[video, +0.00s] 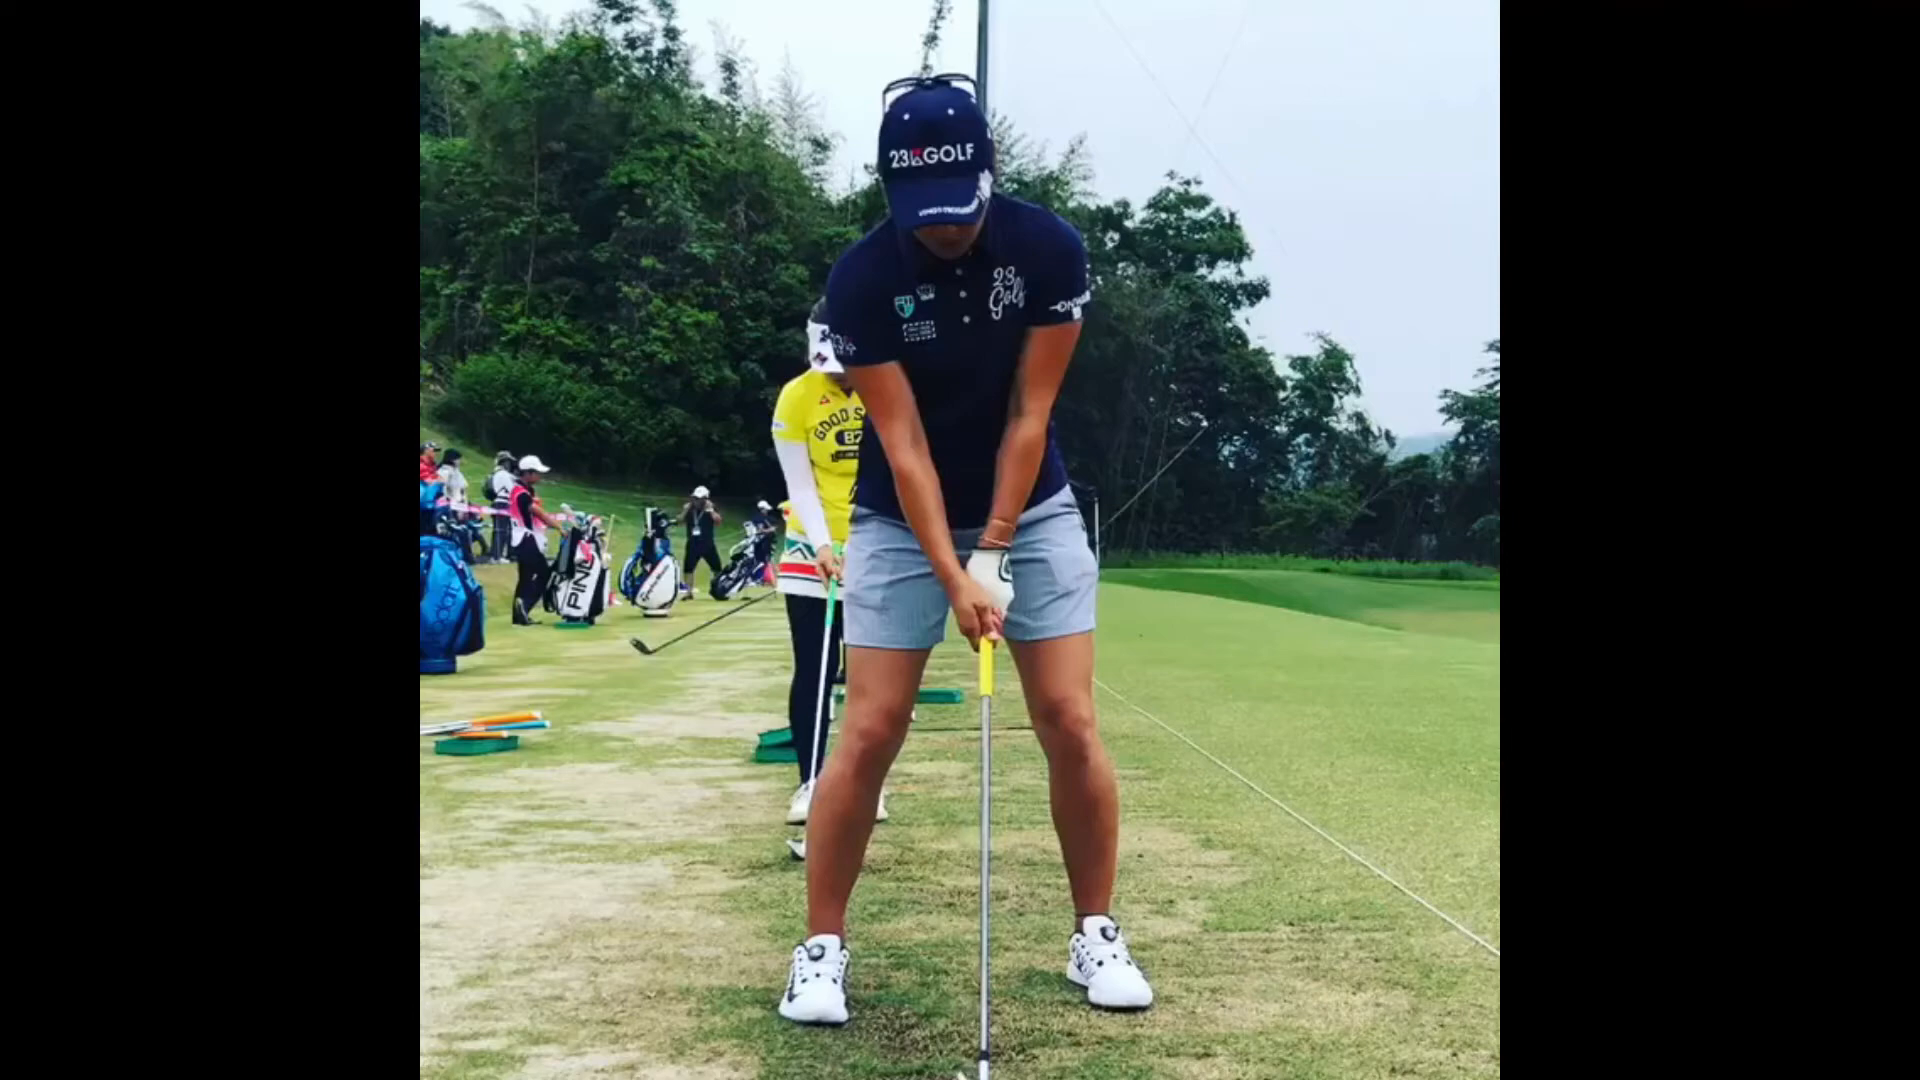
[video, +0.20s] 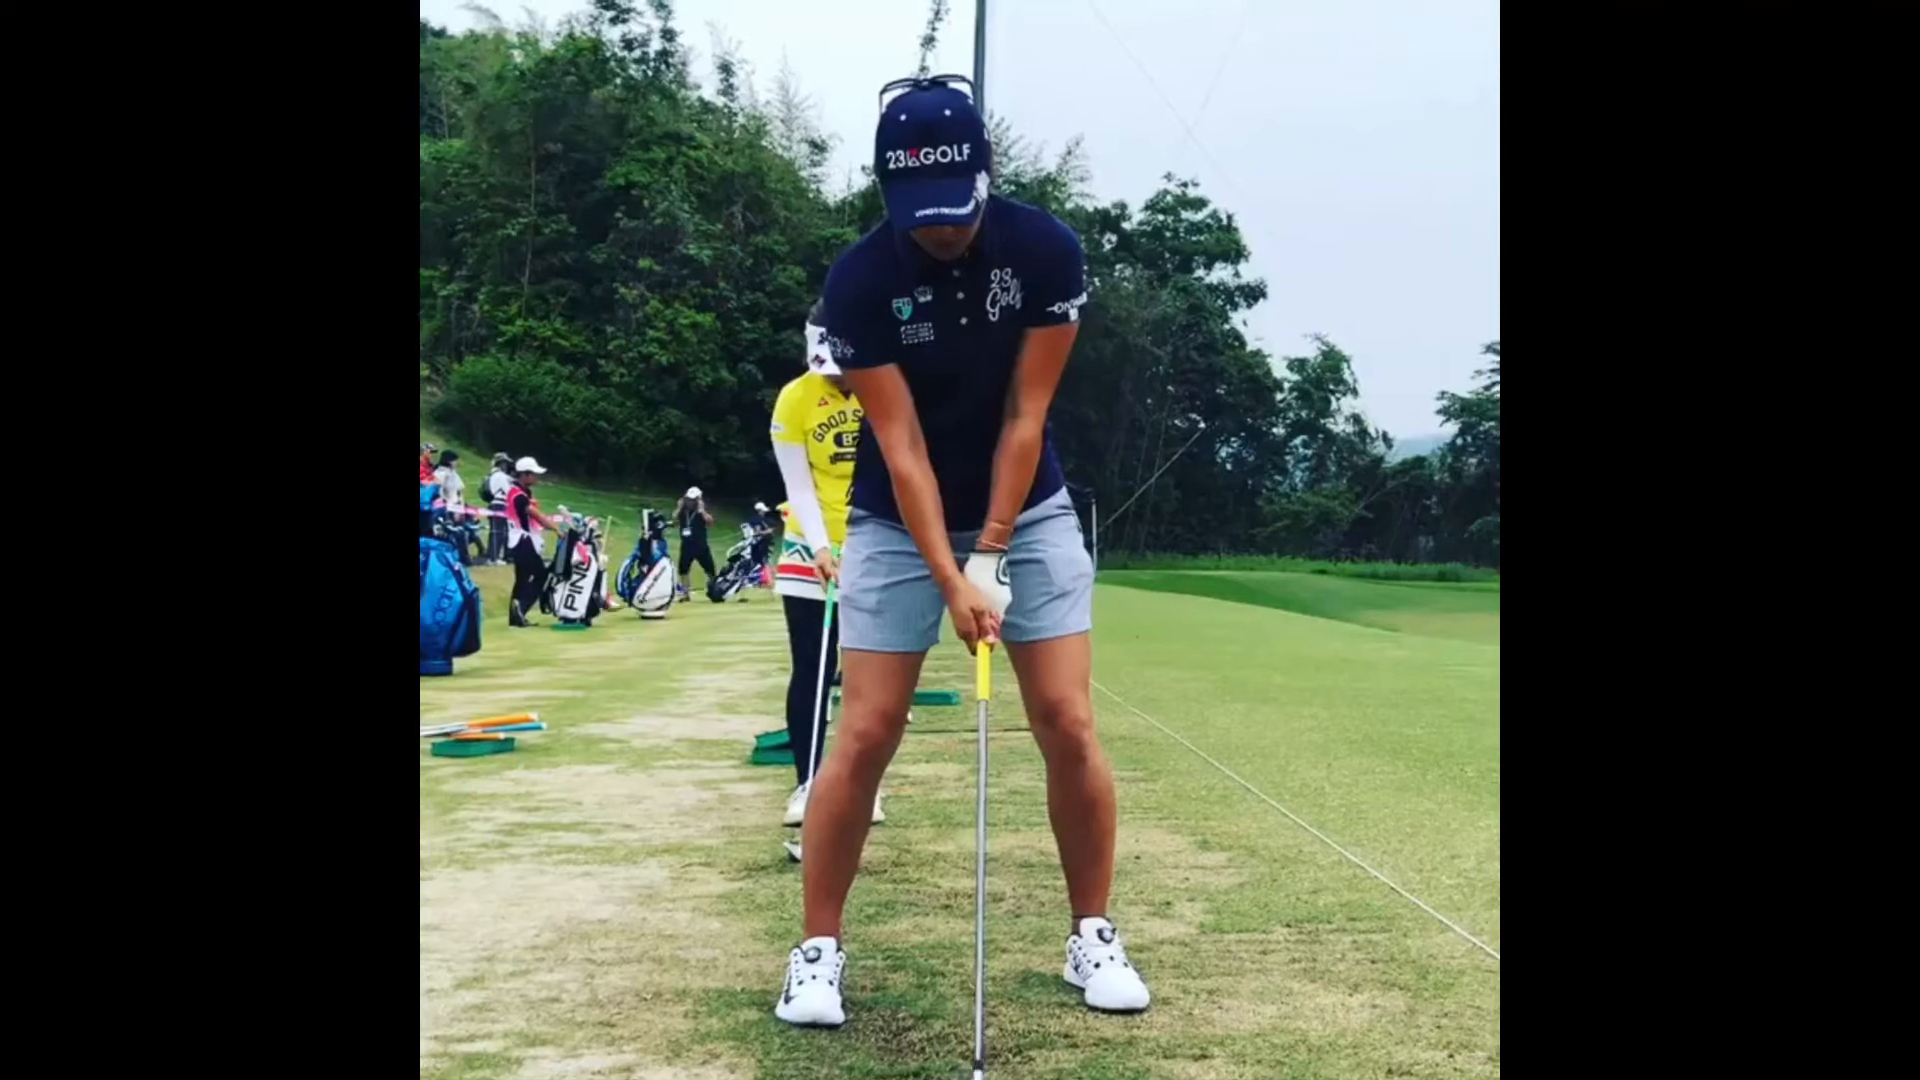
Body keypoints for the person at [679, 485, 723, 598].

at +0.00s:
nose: (698, 501)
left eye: (701, 499)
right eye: (696, 498)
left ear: (705, 499)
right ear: (693, 498)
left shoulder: (709, 509)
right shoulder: (689, 508)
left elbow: (718, 520)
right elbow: (680, 520)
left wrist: (711, 512)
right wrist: (686, 510)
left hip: (707, 543)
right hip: (692, 543)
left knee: (716, 568)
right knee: (688, 569)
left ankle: (718, 589)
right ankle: (688, 592)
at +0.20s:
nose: (690, 502)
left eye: (693, 500)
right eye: (688, 499)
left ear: (698, 501)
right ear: (685, 499)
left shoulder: (700, 512)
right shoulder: (682, 512)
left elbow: (710, 521)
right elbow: (675, 521)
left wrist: (702, 512)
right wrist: (680, 507)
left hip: (700, 544)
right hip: (686, 545)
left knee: (710, 569)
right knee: (683, 570)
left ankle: (715, 590)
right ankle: (685, 594)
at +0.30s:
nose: (683, 502)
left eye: (686, 499)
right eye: (682, 499)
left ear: (691, 500)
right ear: (679, 499)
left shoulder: (695, 511)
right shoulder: (677, 511)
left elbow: (702, 521)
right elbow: (669, 518)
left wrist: (693, 510)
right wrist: (674, 505)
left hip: (693, 543)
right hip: (680, 543)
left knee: (699, 568)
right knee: (679, 570)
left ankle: (701, 592)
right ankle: (682, 594)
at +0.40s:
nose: (676, 502)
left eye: (679, 499)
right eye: (674, 499)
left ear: (684, 500)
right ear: (671, 499)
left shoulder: (688, 511)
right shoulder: (671, 511)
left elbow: (695, 521)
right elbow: (661, 519)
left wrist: (687, 510)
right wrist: (668, 506)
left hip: (688, 542)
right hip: (675, 541)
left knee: (688, 569)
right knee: (675, 570)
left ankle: (687, 594)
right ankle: (678, 594)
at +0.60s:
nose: (670, 503)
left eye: (672, 500)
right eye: (667, 500)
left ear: (676, 500)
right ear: (663, 501)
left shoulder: (678, 511)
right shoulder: (661, 512)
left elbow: (686, 522)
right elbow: (651, 518)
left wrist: (679, 511)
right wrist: (659, 505)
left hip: (677, 541)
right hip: (664, 541)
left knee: (674, 569)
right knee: (664, 569)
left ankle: (672, 594)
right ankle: (665, 593)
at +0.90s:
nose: (669, 500)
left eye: (670, 497)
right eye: (667, 497)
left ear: (671, 499)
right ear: (660, 498)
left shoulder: (671, 511)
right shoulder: (653, 509)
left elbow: (678, 522)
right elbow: (638, 517)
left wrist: (674, 507)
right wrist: (649, 504)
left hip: (666, 541)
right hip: (652, 540)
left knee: (664, 569)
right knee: (652, 564)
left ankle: (660, 592)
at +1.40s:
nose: (663, 502)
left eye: (665, 500)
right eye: (661, 500)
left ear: (668, 499)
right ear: (656, 498)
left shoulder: (669, 508)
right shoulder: (653, 507)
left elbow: (676, 519)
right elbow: (642, 515)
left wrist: (673, 507)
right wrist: (651, 505)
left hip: (664, 540)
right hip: (650, 539)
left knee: (668, 567)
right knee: (651, 564)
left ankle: (667, 592)